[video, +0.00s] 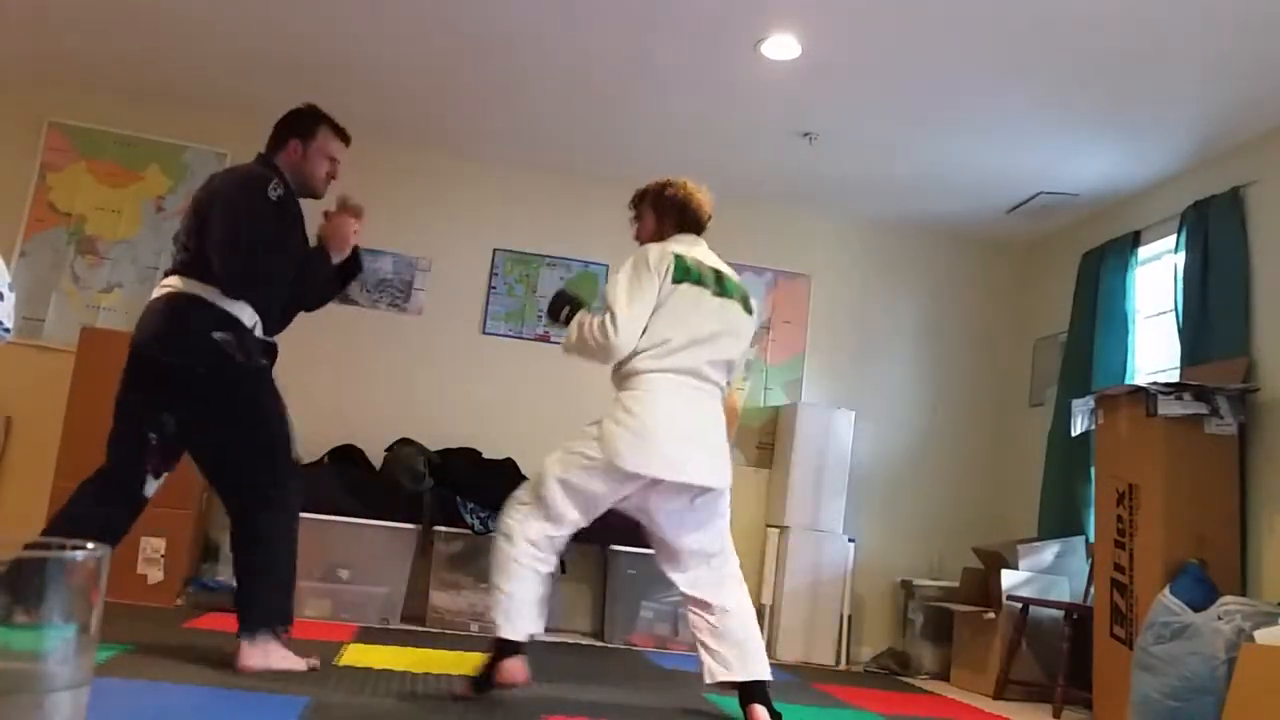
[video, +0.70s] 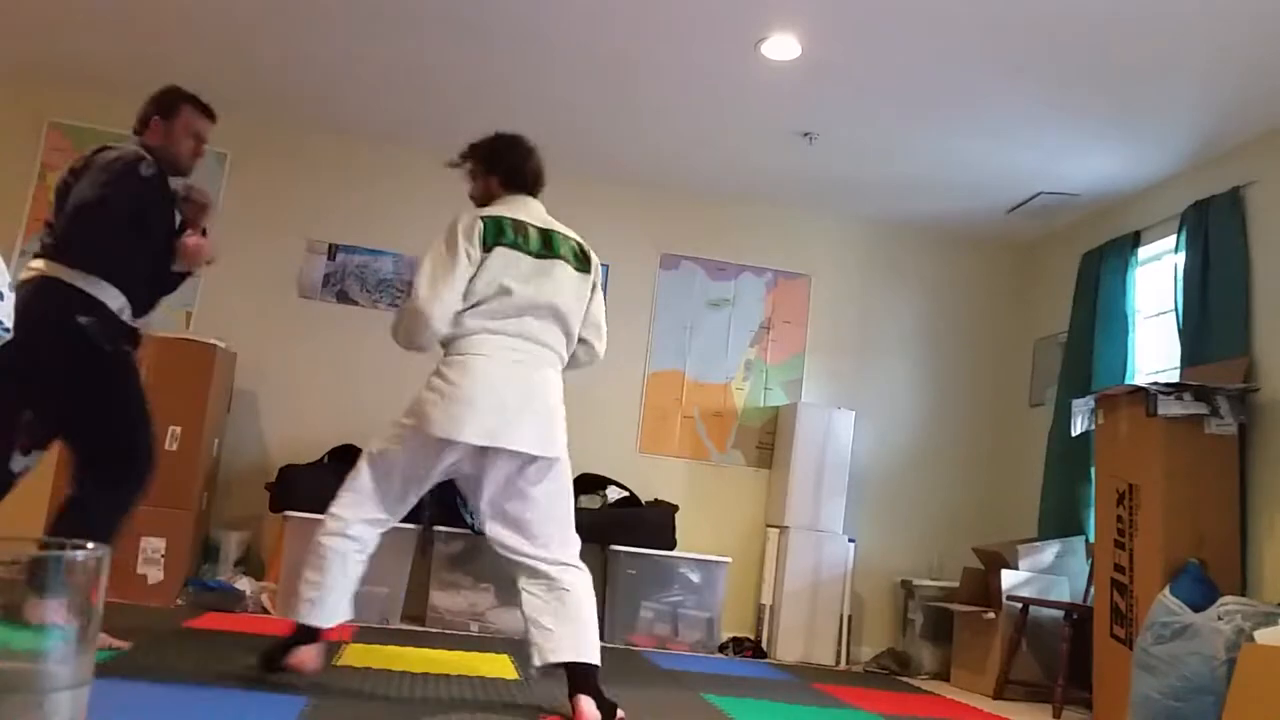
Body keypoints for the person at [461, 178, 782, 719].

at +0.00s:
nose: (635, 229)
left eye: (639, 218)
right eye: (635, 219)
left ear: (664, 217)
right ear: (694, 222)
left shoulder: (653, 258)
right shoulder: (738, 291)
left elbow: (615, 338)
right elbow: (730, 373)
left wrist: (571, 317)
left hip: (639, 430)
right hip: (705, 445)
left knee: (531, 514)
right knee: (715, 573)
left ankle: (508, 652)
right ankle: (758, 704)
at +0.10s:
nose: (613, 239)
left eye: (616, 229)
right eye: (613, 229)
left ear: (636, 229)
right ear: (674, 233)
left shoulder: (629, 273)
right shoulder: (716, 301)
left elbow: (599, 358)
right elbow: (709, 379)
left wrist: (553, 345)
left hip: (618, 436)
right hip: (686, 451)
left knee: (501, 518)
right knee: (707, 576)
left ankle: (446, 647)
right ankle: (758, 704)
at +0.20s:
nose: (571, 231)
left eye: (575, 221)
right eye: (573, 221)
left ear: (595, 223)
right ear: (630, 227)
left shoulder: (576, 272)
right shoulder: (675, 294)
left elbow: (525, 347)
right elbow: (682, 377)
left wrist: (492, 327)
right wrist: (624, 362)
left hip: (575, 440)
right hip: (651, 453)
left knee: (458, 530)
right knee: (680, 573)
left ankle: (367, 645)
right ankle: (754, 692)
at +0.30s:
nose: (516, 224)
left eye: (522, 215)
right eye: (522, 214)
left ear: (534, 221)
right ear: (581, 227)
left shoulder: (504, 273)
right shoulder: (617, 289)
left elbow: (414, 288)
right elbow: (646, 367)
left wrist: (348, 286)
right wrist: (603, 413)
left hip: (530, 448)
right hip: (610, 456)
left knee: (418, 534)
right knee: (650, 563)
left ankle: (354, 664)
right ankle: (735, 671)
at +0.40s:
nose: (466, 227)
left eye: (469, 219)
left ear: (474, 225)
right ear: (533, 228)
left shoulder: (442, 284)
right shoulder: (566, 283)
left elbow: (357, 325)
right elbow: (613, 356)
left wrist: (309, 342)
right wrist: (565, 396)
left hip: (497, 449)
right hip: (580, 451)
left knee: (393, 536)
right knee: (621, 555)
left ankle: (352, 662)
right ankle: (700, 649)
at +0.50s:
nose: (448, 210)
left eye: (450, 201)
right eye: (449, 202)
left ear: (459, 203)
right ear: (515, 203)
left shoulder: (439, 261)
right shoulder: (557, 258)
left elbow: (398, 345)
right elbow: (603, 330)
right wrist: (550, 366)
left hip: (480, 421)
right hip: (560, 424)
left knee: (391, 532)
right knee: (603, 541)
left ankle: (353, 659)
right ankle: (649, 643)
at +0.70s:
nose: (469, 191)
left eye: (473, 180)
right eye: (469, 181)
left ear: (492, 180)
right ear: (534, 183)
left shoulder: (475, 225)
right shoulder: (582, 252)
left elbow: (427, 319)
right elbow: (591, 347)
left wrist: (406, 328)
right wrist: (536, 354)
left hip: (461, 401)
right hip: (539, 418)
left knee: (362, 506)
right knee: (554, 555)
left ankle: (311, 634)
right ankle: (587, 692)